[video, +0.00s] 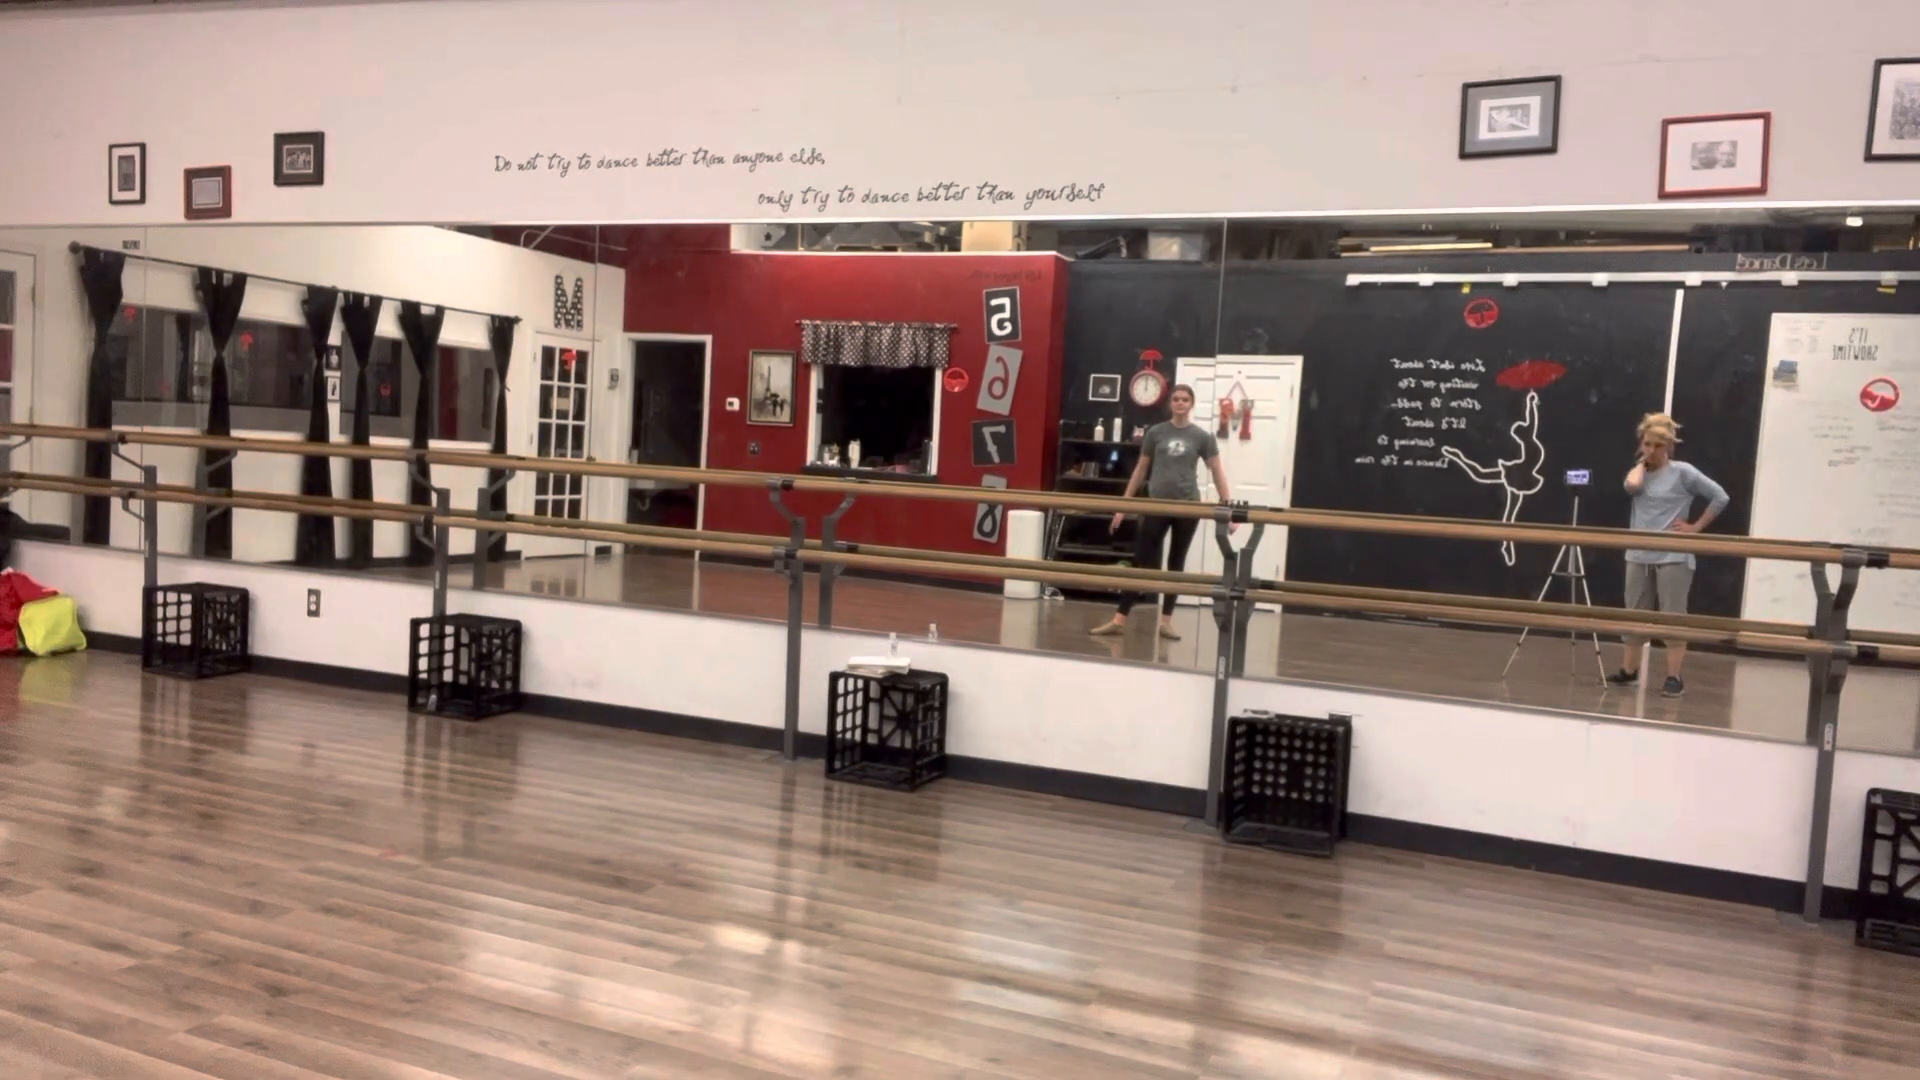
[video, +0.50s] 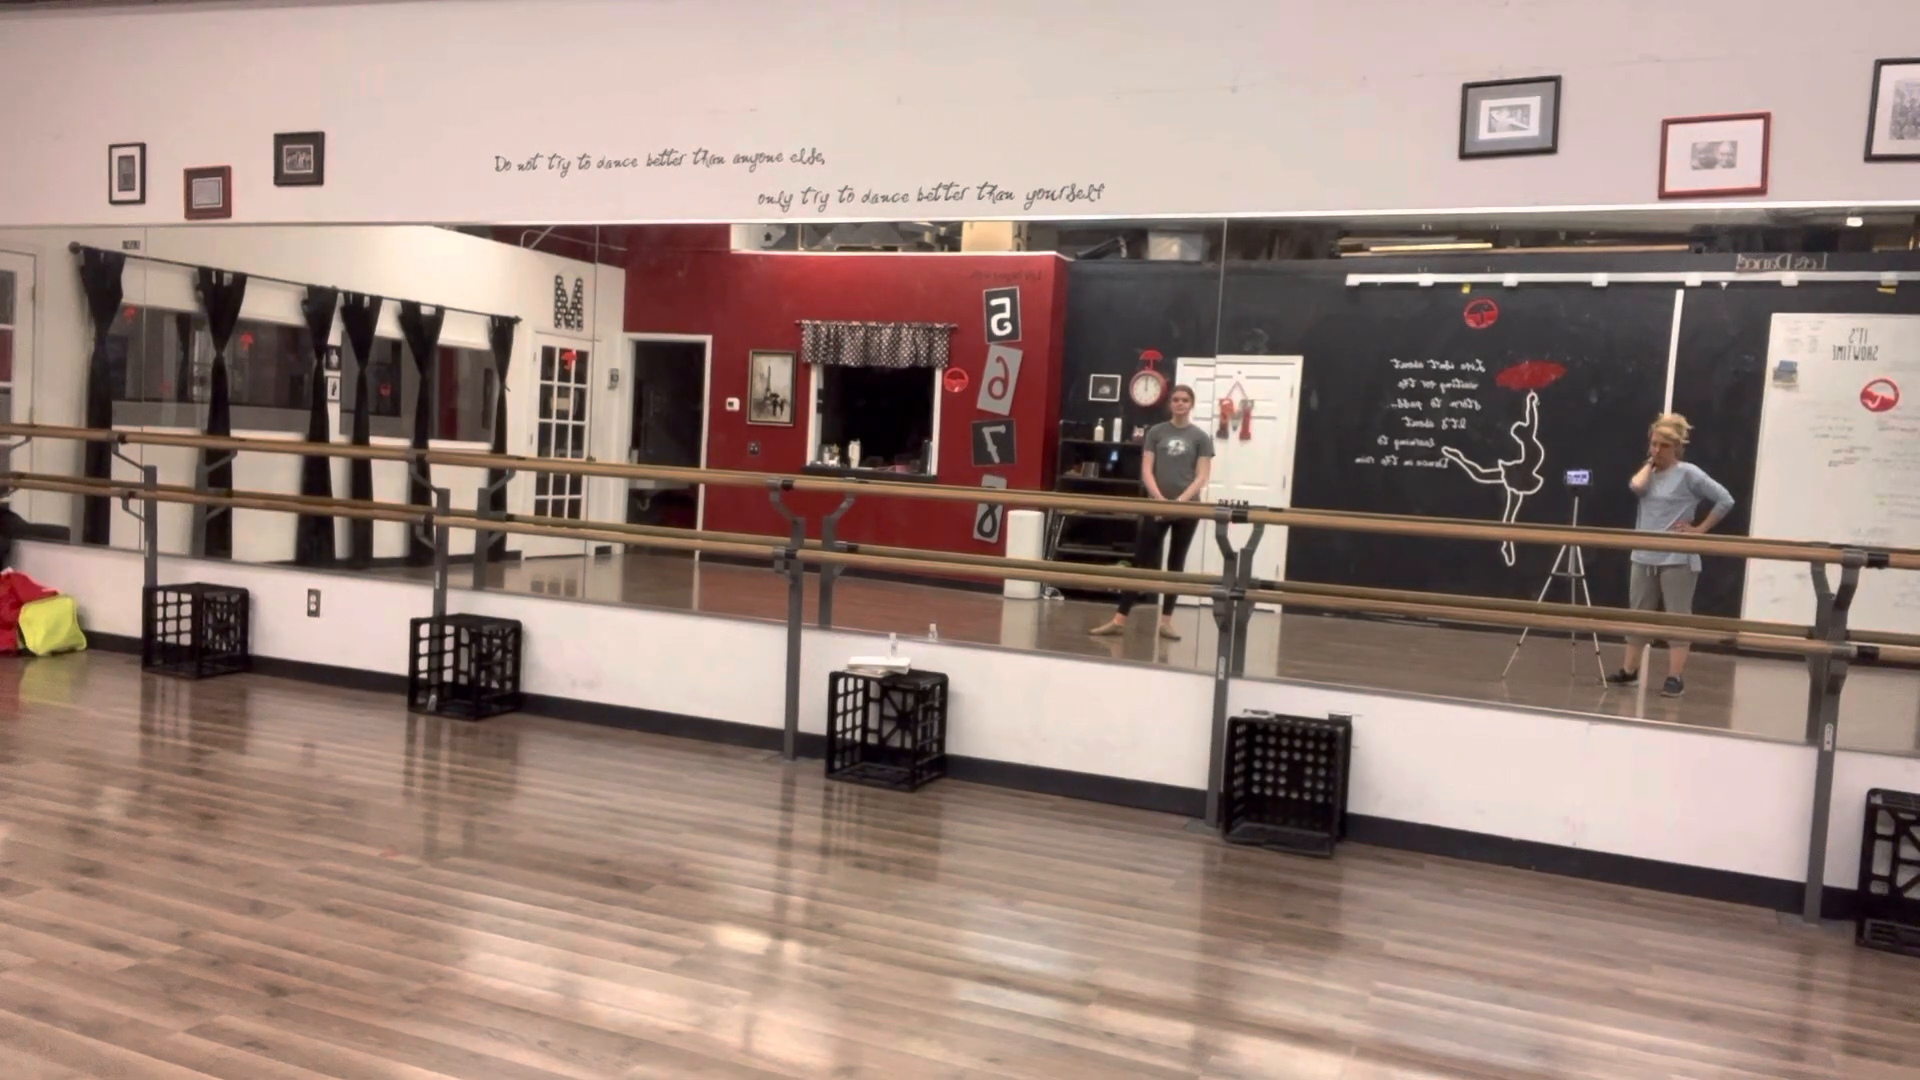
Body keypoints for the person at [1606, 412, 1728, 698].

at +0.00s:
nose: (1651, 451)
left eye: (1658, 446)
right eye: (1647, 445)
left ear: (1669, 447)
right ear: (1641, 446)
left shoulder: (1682, 472)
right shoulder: (1637, 472)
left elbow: (1721, 497)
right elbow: (1631, 486)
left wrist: (1695, 527)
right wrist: (1644, 459)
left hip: (1673, 556)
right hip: (1638, 554)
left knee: (1673, 617)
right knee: (1634, 613)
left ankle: (1673, 675)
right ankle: (1629, 670)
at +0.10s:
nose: (1654, 451)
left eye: (1661, 445)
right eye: (1650, 444)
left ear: (1672, 447)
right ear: (1645, 446)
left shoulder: (1687, 472)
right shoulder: (1640, 472)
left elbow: (1725, 498)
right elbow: (1635, 487)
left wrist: (1700, 527)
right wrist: (1648, 460)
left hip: (1676, 556)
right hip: (1641, 554)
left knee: (1675, 617)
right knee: (1635, 613)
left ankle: (1674, 675)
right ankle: (1629, 670)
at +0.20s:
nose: (1657, 451)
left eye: (1664, 445)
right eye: (1654, 444)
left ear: (1676, 448)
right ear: (1648, 446)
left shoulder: (1689, 472)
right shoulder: (1644, 472)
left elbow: (1727, 498)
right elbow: (1638, 487)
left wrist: (1702, 528)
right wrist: (1650, 461)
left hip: (1679, 557)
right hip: (1644, 554)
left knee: (1676, 618)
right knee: (1636, 613)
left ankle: (1674, 676)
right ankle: (1629, 670)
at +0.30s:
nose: (1658, 451)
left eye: (1665, 445)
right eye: (1655, 444)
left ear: (1677, 447)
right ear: (1650, 445)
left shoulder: (1690, 473)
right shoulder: (1645, 472)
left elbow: (1728, 498)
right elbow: (1638, 487)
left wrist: (1703, 528)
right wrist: (1652, 461)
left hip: (1679, 557)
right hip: (1644, 555)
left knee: (1677, 618)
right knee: (1637, 613)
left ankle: (1675, 675)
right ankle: (1629, 669)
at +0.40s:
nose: (1658, 451)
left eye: (1665, 445)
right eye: (1655, 444)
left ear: (1677, 448)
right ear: (1650, 444)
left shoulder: (1690, 473)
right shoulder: (1646, 472)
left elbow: (1728, 499)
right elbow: (1637, 487)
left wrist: (1702, 528)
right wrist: (1652, 461)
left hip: (1679, 558)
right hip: (1644, 555)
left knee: (1678, 619)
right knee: (1638, 614)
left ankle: (1674, 676)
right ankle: (1629, 670)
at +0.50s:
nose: (1656, 450)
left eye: (1663, 445)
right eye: (1654, 443)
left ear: (1677, 448)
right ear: (1649, 444)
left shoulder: (1688, 473)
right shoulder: (1646, 472)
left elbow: (1726, 500)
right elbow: (1636, 486)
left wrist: (1701, 529)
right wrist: (1651, 460)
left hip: (1677, 557)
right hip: (1643, 555)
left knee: (1678, 619)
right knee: (1638, 614)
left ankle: (1675, 675)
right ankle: (1629, 670)